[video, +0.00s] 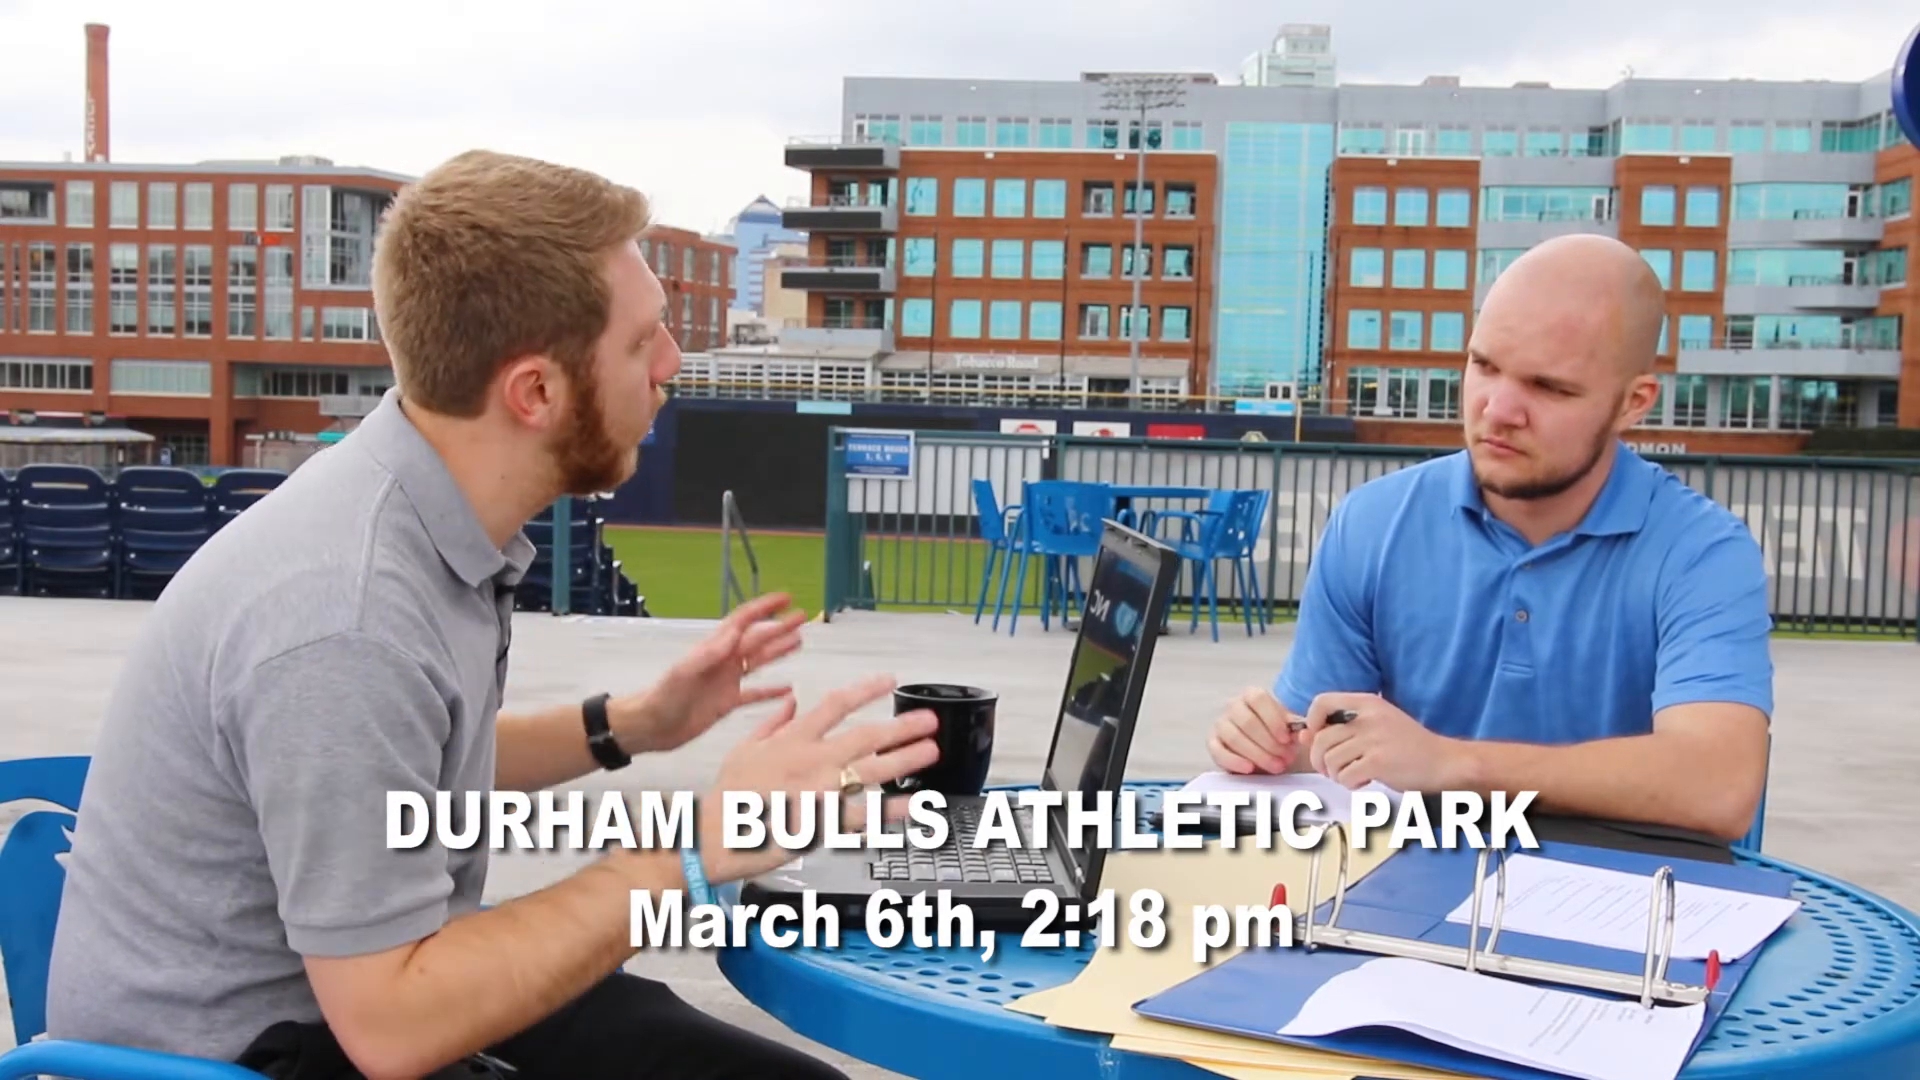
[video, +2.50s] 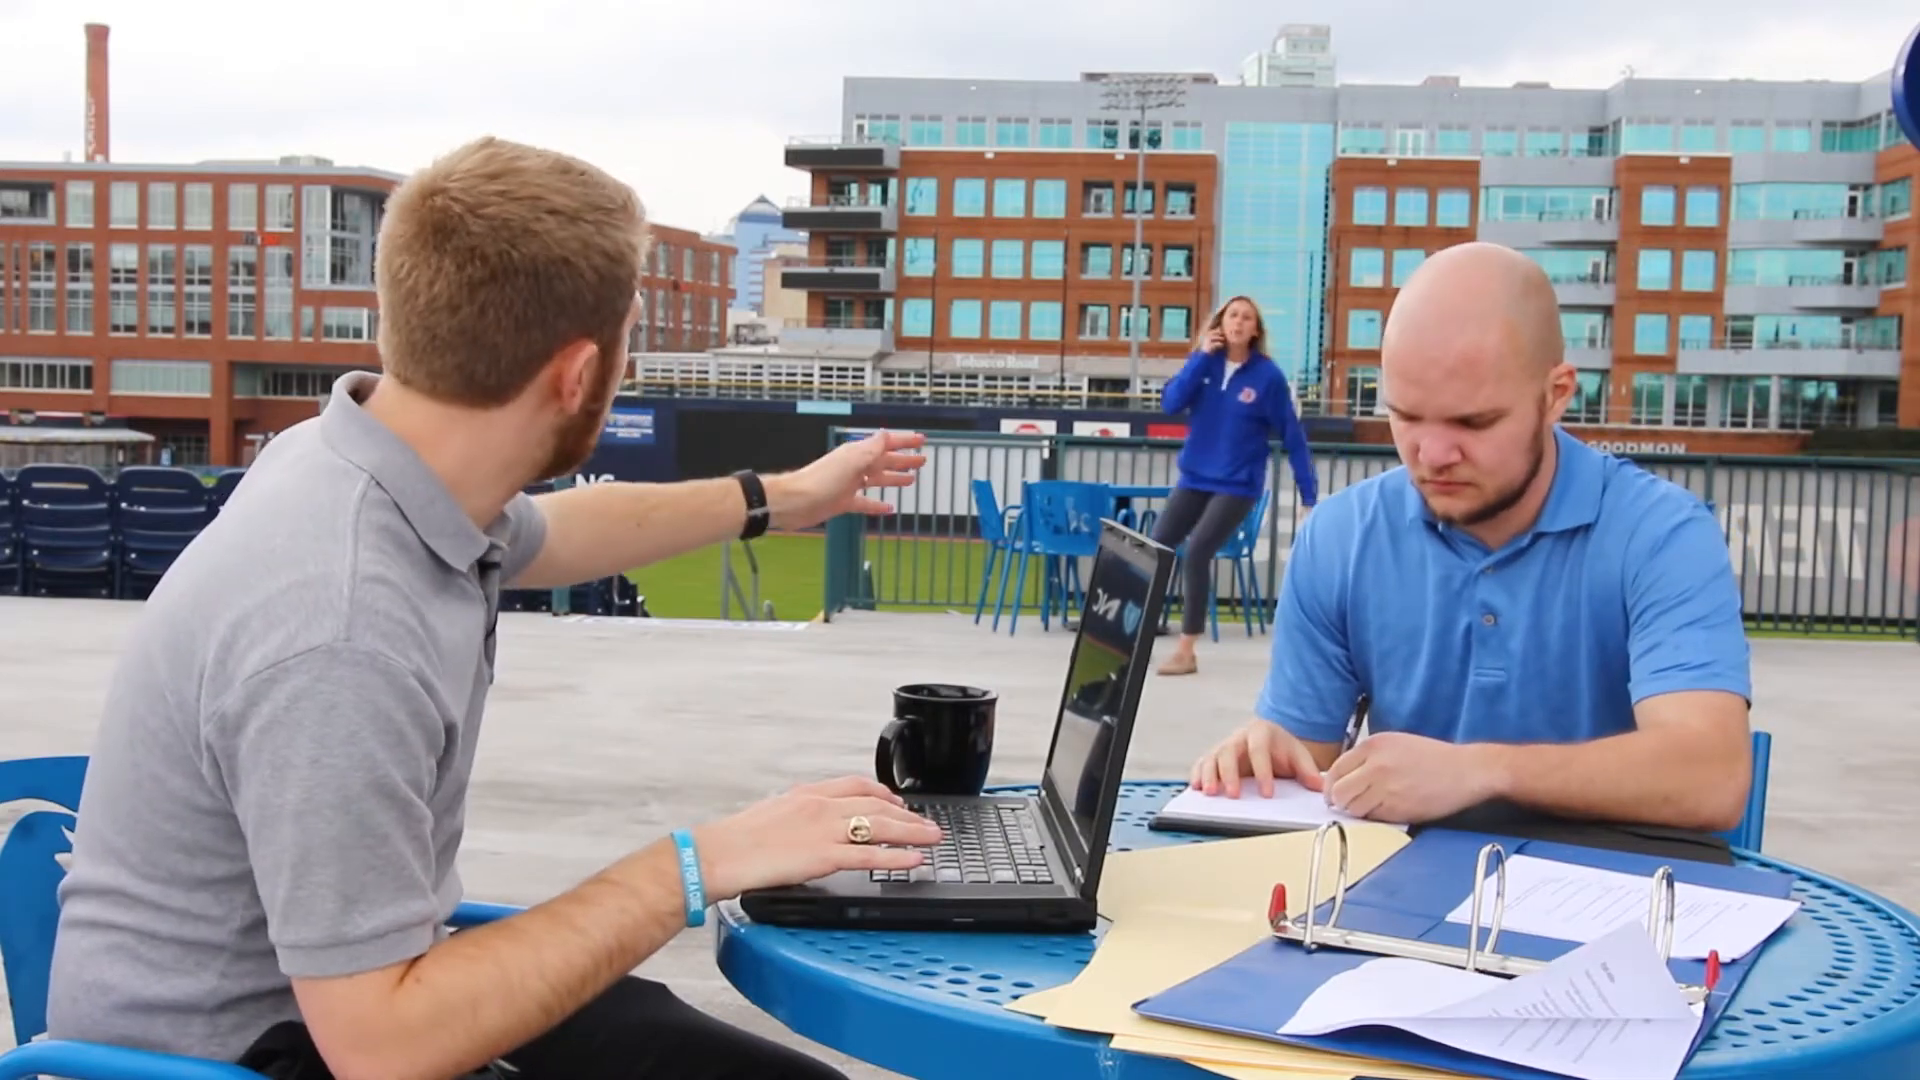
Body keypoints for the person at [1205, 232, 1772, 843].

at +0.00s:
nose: (1498, 410)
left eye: (1548, 387)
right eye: (1486, 366)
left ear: (1631, 406)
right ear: (1467, 355)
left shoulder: (1697, 552)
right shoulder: (1371, 524)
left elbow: (1713, 786)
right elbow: (1305, 728)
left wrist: (1449, 763)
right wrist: (1261, 736)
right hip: (1394, 892)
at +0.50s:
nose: (1499, 411)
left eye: (1549, 388)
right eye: (1487, 367)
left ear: (1631, 406)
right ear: (1467, 353)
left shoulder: (1698, 551)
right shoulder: (1371, 523)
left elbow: (1714, 785)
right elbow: (1303, 717)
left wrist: (1450, 762)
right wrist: (1262, 730)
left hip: (1622, 913)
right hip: (1395, 888)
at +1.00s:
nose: (1486, 431)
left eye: (1532, 405)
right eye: (1465, 388)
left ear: (1616, 398)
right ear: (1449, 362)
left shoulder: (1693, 548)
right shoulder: (1365, 525)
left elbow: (1710, 785)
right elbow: (1304, 727)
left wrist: (1465, 759)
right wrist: (1265, 742)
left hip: (1619, 913)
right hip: (1393, 892)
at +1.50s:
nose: (1425, 458)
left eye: (1464, 424)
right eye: (1400, 421)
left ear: (1550, 393)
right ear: (1379, 393)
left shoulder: (1661, 536)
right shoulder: (1341, 538)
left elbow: (1707, 783)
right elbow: (1308, 755)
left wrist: (1486, 769)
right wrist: (1261, 753)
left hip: (1615, 908)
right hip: (1395, 893)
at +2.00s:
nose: (1424, 461)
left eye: (1464, 427)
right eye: (1398, 424)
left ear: (1548, 395)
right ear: (1377, 394)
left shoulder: (1658, 537)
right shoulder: (1336, 542)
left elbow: (1706, 781)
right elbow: (1306, 756)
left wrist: (1480, 770)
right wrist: (1261, 753)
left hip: (1613, 906)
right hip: (1399, 893)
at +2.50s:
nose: (1431, 456)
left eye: (1473, 422)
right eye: (1406, 418)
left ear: (1556, 394)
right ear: (1384, 385)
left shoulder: (1660, 535)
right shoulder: (1341, 537)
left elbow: (1705, 778)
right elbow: (1308, 754)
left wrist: (1477, 769)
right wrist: (1261, 751)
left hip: (1613, 902)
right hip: (1397, 886)